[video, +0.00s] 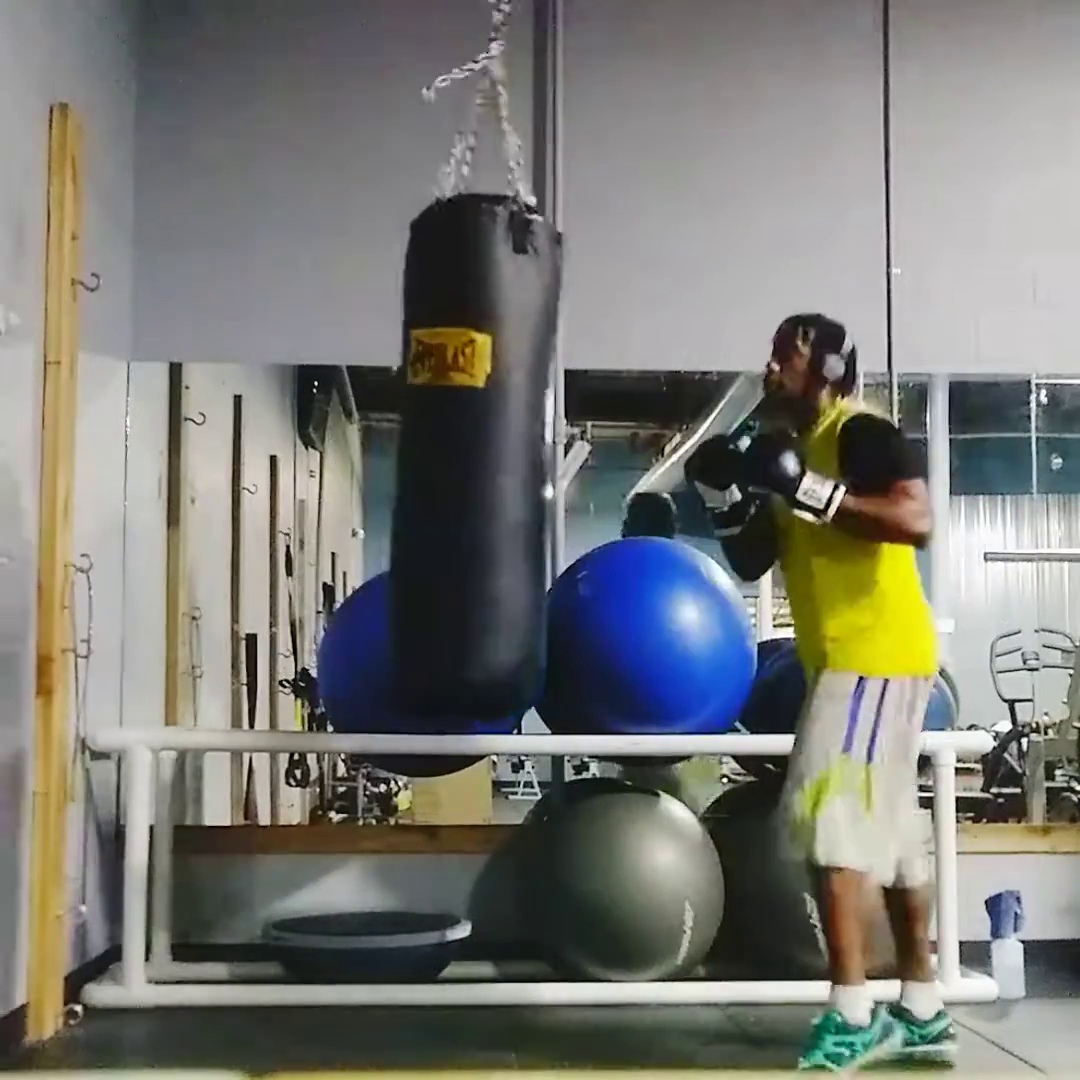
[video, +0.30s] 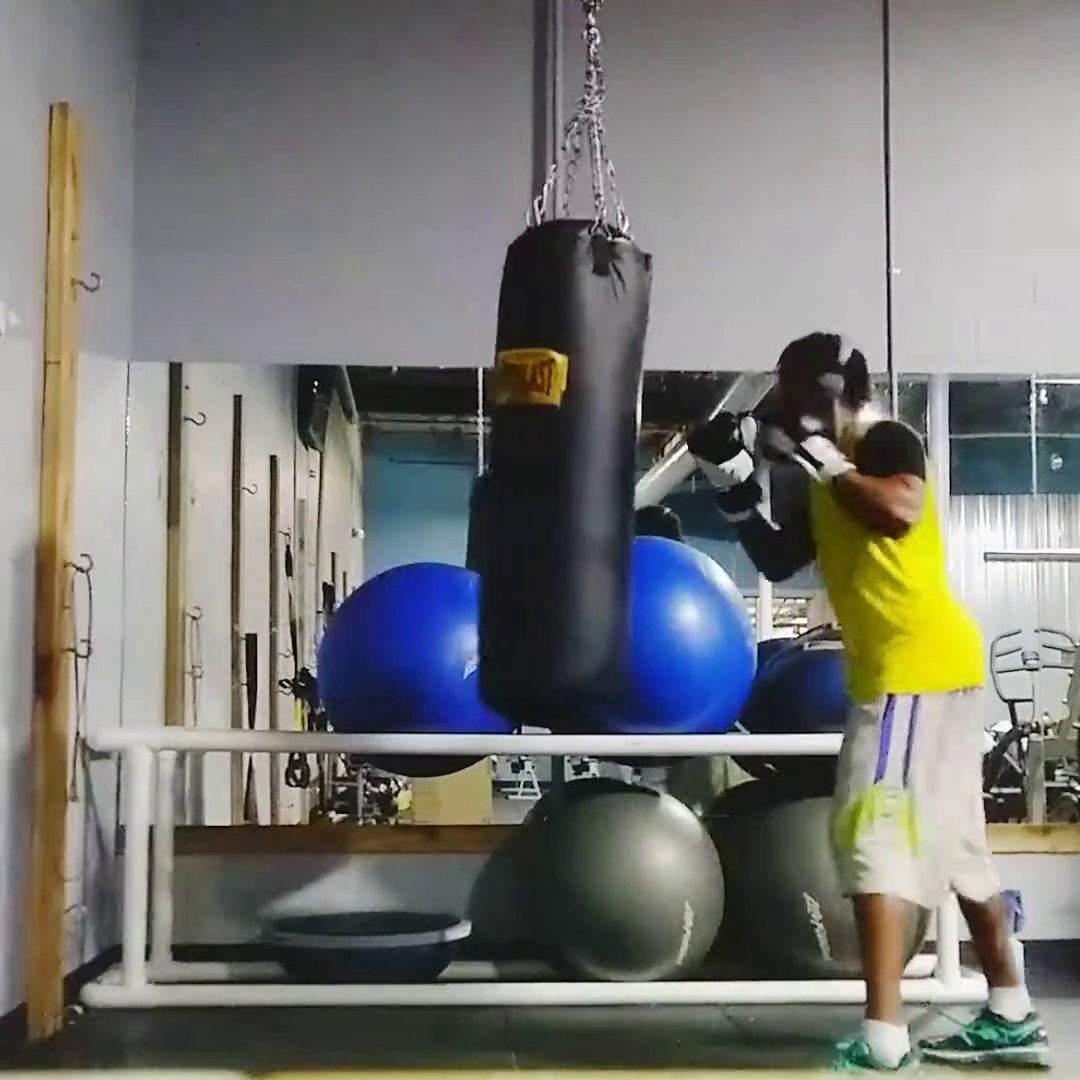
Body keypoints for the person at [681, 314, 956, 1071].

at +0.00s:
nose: (770, 367)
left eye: (784, 356)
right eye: (772, 355)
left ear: (824, 367)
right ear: (803, 367)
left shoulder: (861, 429)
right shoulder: (789, 445)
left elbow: (915, 520)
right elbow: (752, 561)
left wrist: (804, 485)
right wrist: (727, 498)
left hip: (876, 656)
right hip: (850, 657)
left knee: (832, 824)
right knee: (894, 836)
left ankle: (850, 1015)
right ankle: (923, 1013)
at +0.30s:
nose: (772, 398)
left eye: (783, 385)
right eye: (776, 386)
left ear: (819, 390)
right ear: (825, 392)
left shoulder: (886, 440)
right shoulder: (820, 476)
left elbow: (898, 511)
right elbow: (779, 558)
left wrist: (817, 453)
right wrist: (738, 491)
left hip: (910, 669)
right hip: (933, 668)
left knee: (874, 839)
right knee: (956, 838)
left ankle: (884, 1036)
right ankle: (1011, 1010)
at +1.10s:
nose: (838, 394)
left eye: (841, 384)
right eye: (838, 387)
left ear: (858, 378)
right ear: (924, 376)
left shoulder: (876, 412)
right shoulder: (967, 434)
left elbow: (802, 471)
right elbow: (898, 526)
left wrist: (748, 450)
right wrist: (829, 487)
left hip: (920, 653)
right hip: (1015, 655)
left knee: (845, 845)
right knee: (1054, 849)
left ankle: (837, 1042)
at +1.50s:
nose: (790, 389)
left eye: (789, 378)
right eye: (790, 381)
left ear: (803, 371)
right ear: (872, 370)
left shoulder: (804, 407)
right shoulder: (935, 435)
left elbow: (701, 481)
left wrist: (679, 446)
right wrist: (744, 450)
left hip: (839, 651)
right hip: (948, 655)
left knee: (759, 841)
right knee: (995, 863)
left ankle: (709, 1041)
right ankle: (1056, 1054)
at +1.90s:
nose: (684, 366)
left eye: (686, 356)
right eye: (688, 358)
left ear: (695, 352)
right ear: (769, 350)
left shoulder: (688, 396)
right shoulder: (831, 419)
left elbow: (586, 478)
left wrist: (573, 445)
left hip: (706, 653)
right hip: (823, 656)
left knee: (622, 833)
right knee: (867, 861)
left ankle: (570, 1033)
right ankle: (914, 1059)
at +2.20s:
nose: (581, 339)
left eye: (580, 328)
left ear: (584, 324)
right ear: (665, 321)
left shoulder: (561, 377)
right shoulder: (726, 387)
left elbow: (439, 463)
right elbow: (751, 518)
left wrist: (461, 411)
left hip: (598, 633)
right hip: (712, 635)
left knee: (565, 855)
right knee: (747, 855)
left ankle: (541, 1059)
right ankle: (762, 1057)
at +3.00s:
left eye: (511, 207)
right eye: (611, 211)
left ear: (513, 210)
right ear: (609, 216)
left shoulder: (469, 287)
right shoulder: (673, 305)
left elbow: (409, 446)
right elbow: (704, 468)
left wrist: (486, 441)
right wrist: (616, 447)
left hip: (494, 582)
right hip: (624, 590)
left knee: (478, 836)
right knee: (627, 839)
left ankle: (454, 1065)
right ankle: (646, 1066)